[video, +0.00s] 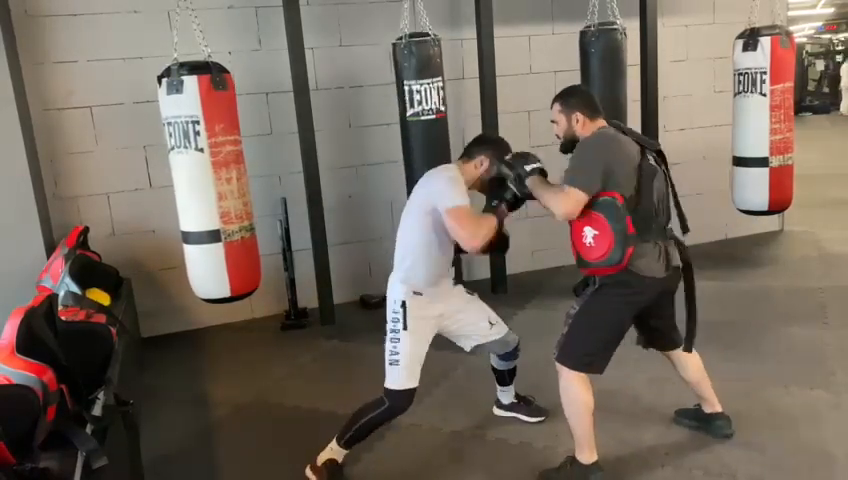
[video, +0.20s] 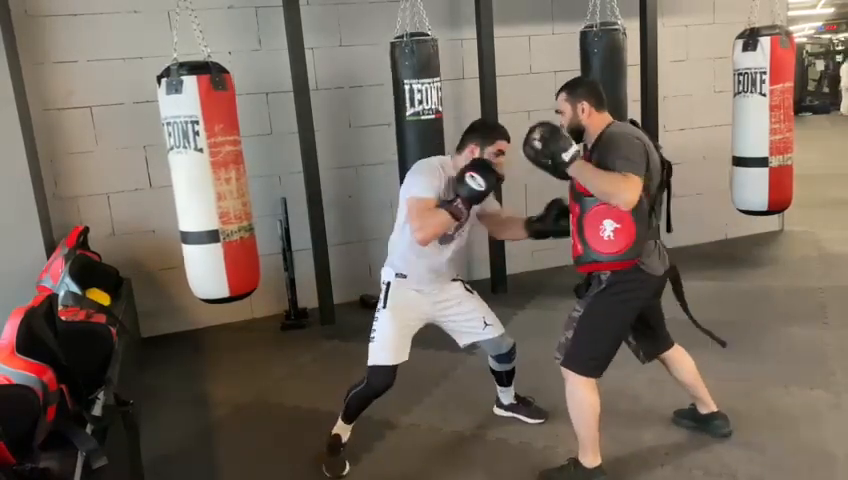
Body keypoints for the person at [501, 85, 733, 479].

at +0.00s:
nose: (555, 131)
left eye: (557, 122)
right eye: (554, 123)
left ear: (579, 118)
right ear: (592, 116)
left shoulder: (593, 147)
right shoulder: (626, 139)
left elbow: (567, 207)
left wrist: (532, 178)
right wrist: (543, 189)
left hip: (628, 274)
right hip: (662, 265)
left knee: (570, 362)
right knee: (671, 341)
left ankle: (585, 461)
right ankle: (715, 413)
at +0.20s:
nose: (562, 122)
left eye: (563, 113)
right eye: (559, 115)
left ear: (586, 108)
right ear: (590, 109)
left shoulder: (621, 140)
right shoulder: (604, 144)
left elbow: (625, 194)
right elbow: (609, 205)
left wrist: (570, 162)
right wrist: (567, 214)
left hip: (626, 274)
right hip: (642, 267)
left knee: (577, 367)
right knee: (662, 344)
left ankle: (588, 462)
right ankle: (709, 412)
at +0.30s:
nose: (565, 118)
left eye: (568, 109)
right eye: (563, 110)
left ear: (593, 106)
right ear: (596, 107)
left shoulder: (623, 141)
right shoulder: (609, 142)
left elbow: (640, 197)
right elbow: (613, 205)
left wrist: (576, 179)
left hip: (627, 274)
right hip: (648, 268)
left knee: (585, 370)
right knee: (672, 344)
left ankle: (589, 463)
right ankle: (714, 413)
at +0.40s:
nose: (576, 110)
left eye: (580, 102)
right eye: (576, 103)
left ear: (604, 100)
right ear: (611, 100)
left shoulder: (621, 133)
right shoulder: (640, 127)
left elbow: (610, 191)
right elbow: (637, 205)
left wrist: (555, 159)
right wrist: (593, 245)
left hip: (634, 268)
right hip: (667, 259)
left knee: (595, 368)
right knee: (676, 343)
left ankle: (592, 464)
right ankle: (715, 413)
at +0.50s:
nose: (591, 110)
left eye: (596, 102)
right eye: (591, 102)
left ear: (620, 101)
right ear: (628, 103)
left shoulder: (630, 137)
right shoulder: (655, 132)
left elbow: (601, 197)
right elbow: (651, 201)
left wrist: (552, 155)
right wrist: (596, 222)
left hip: (642, 272)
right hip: (674, 265)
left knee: (596, 366)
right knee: (669, 344)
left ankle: (592, 464)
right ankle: (715, 415)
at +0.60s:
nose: (597, 113)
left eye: (601, 104)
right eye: (596, 105)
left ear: (628, 102)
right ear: (635, 104)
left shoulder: (641, 139)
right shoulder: (662, 133)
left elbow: (643, 197)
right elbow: (649, 204)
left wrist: (580, 187)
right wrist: (594, 205)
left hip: (642, 271)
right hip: (676, 266)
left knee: (592, 362)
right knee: (670, 343)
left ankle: (591, 460)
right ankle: (715, 416)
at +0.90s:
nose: (584, 113)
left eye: (588, 105)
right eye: (583, 106)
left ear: (614, 104)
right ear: (622, 105)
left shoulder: (621, 139)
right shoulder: (647, 135)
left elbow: (618, 189)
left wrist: (552, 176)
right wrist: (588, 159)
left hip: (626, 268)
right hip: (660, 265)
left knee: (567, 354)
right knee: (667, 344)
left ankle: (547, 453)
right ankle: (713, 415)